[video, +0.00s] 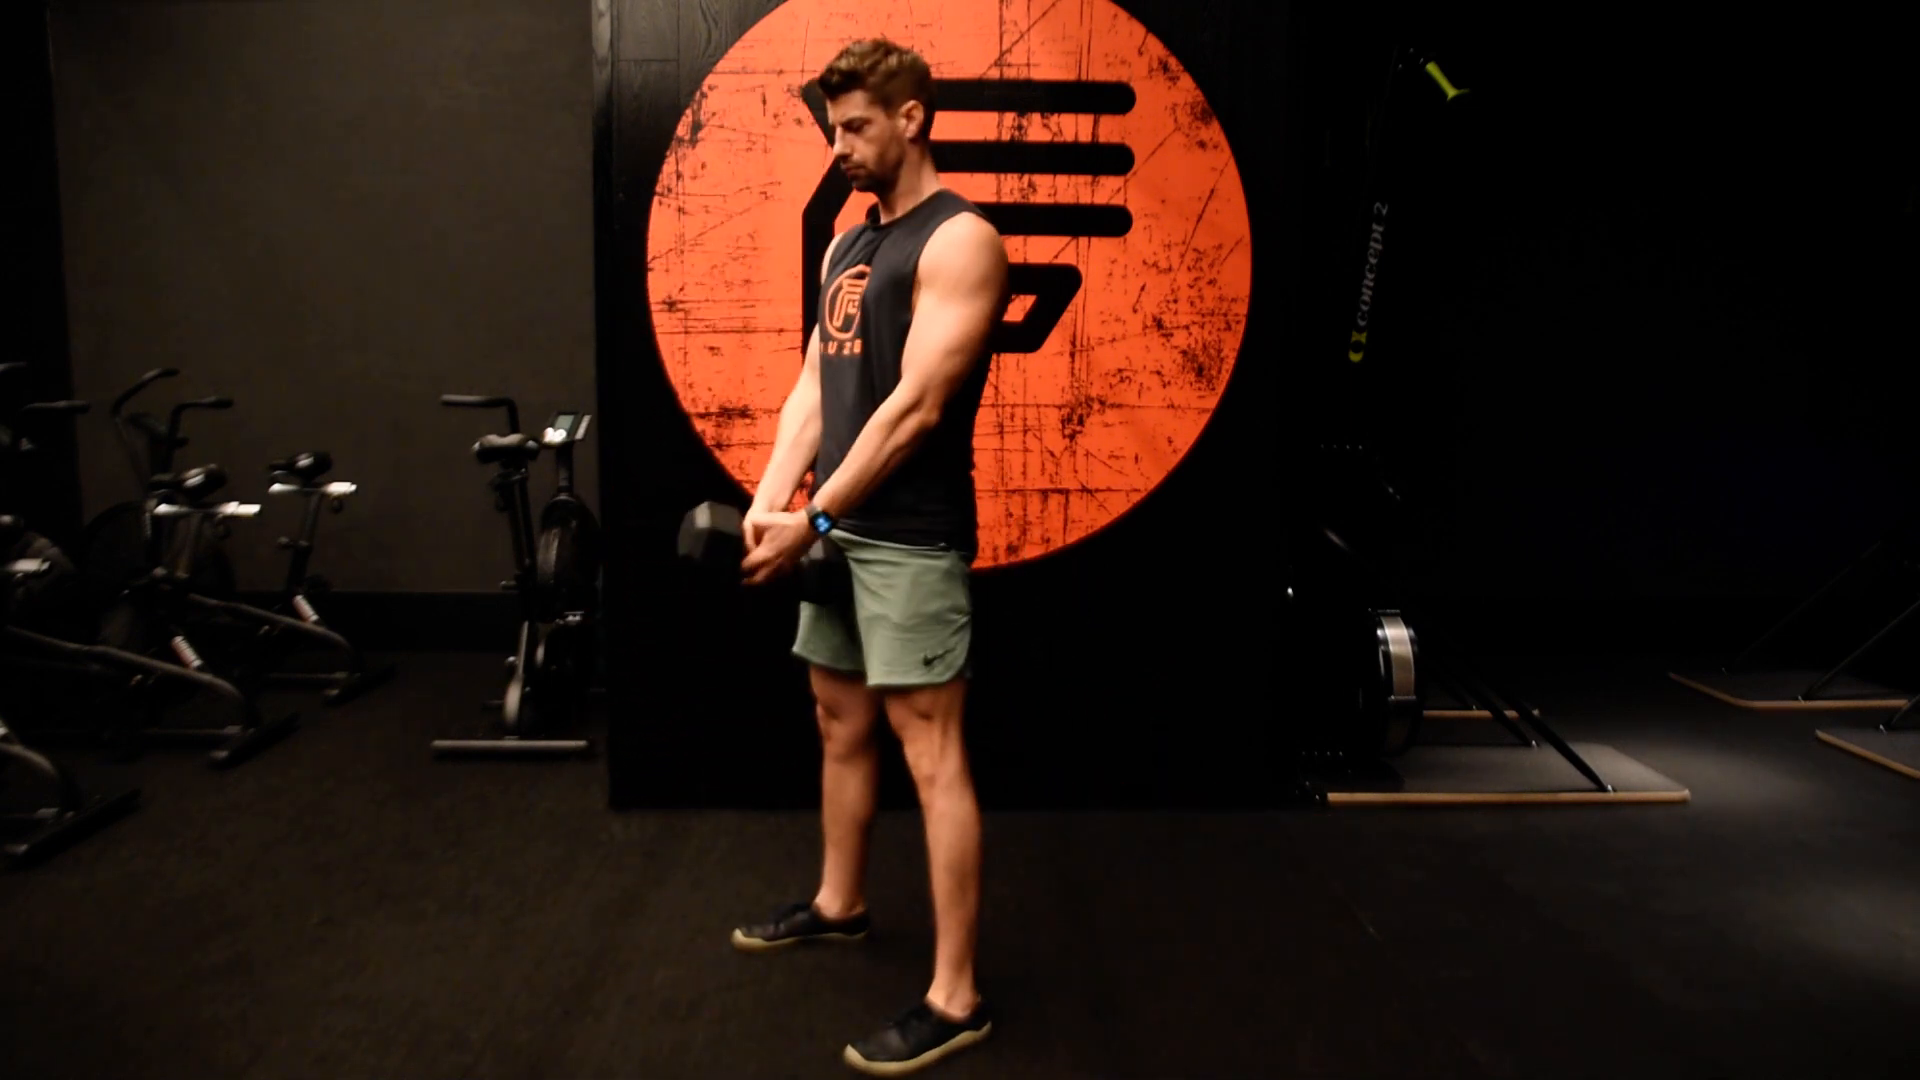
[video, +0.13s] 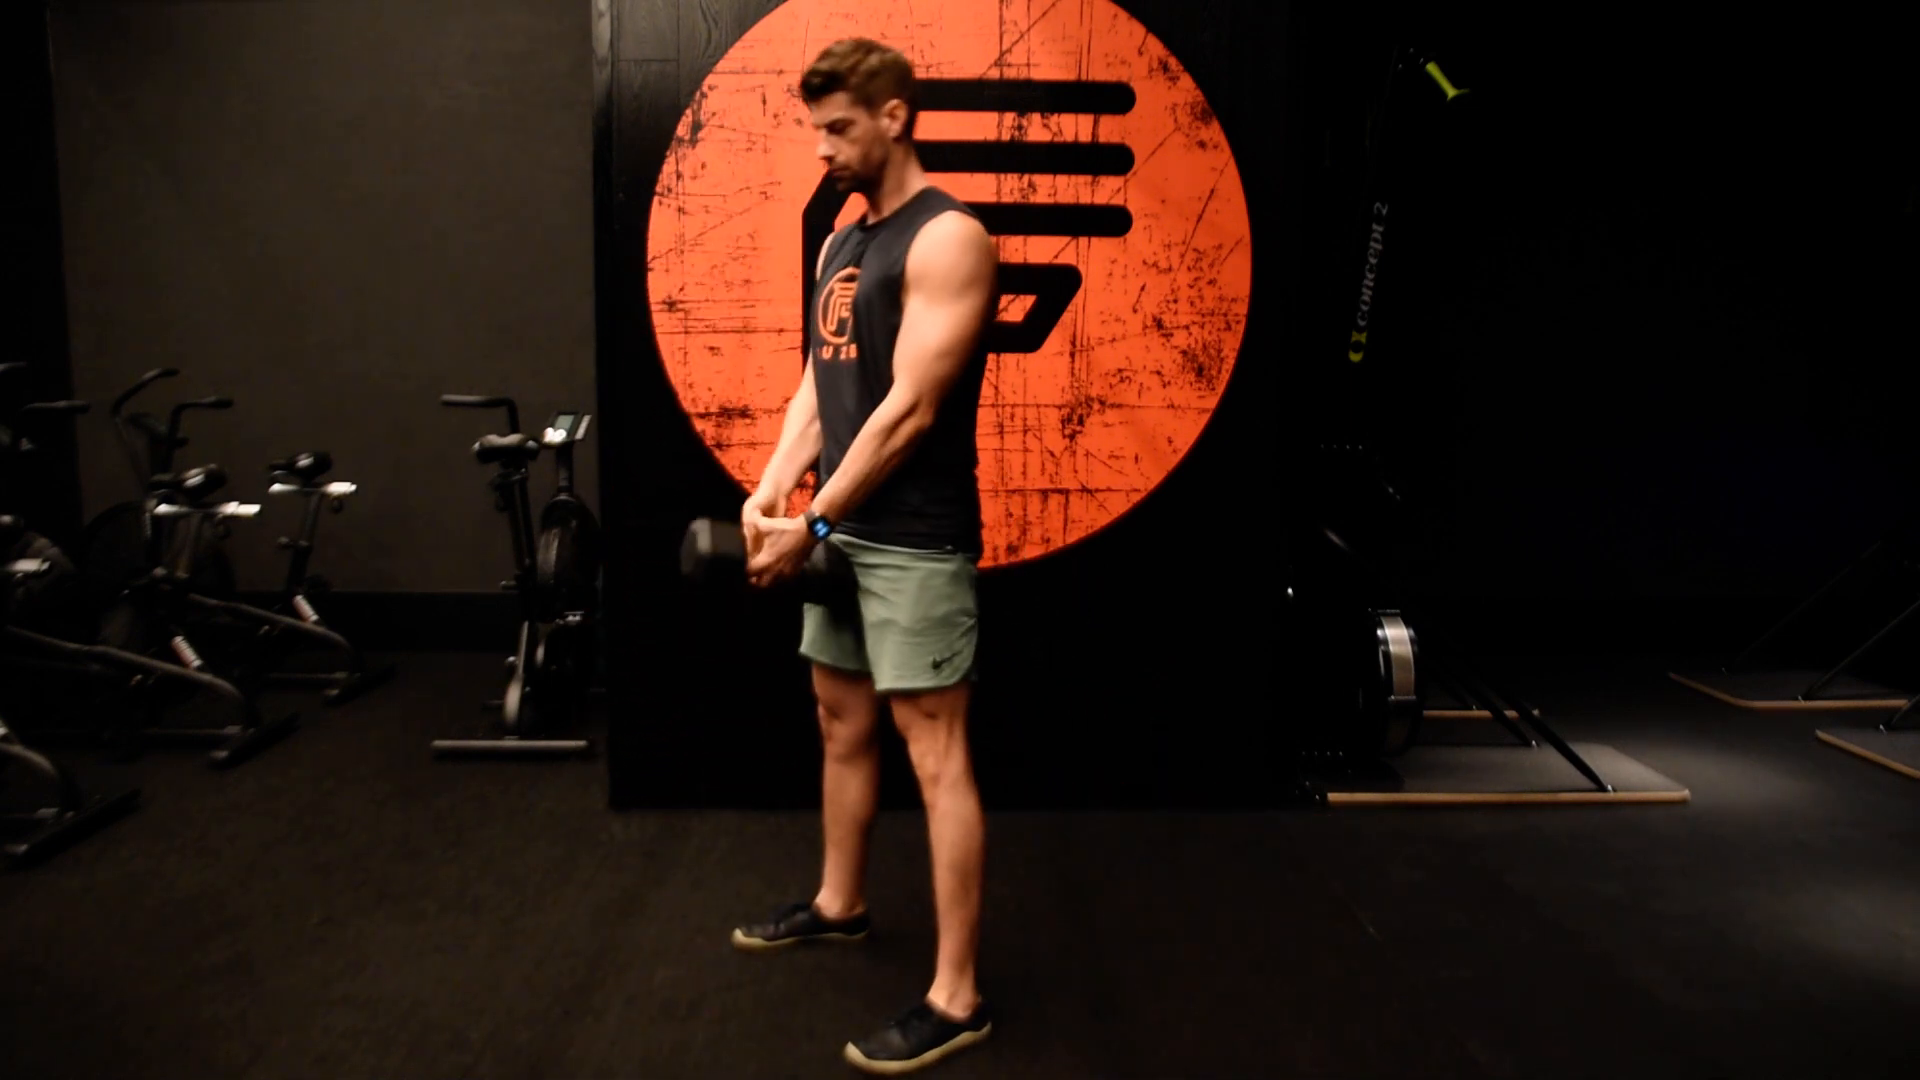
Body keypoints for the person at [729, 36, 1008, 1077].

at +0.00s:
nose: (845, 147)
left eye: (857, 127)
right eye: (835, 132)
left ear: (913, 116)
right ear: (839, 133)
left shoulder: (963, 238)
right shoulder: (848, 243)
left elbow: (920, 406)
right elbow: (816, 388)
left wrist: (811, 517)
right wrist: (775, 494)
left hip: (913, 538)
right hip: (834, 528)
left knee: (931, 750)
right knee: (841, 722)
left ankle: (956, 995)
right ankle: (838, 903)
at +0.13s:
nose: (825, 149)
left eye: (838, 128)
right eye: (818, 132)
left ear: (895, 116)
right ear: (833, 129)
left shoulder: (952, 237)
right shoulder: (841, 241)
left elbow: (913, 409)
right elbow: (821, 386)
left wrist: (810, 521)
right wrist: (775, 479)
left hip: (916, 538)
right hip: (839, 528)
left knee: (937, 754)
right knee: (843, 721)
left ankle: (957, 994)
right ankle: (838, 904)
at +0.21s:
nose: (802, 151)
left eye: (815, 131)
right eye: (796, 135)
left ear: (872, 117)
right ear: (810, 133)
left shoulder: (934, 236)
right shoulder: (834, 237)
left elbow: (903, 411)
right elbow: (835, 388)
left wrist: (810, 533)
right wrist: (767, 467)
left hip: (923, 538)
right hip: (844, 532)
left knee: (940, 756)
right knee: (843, 724)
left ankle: (959, 993)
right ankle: (838, 904)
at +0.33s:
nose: (744, 183)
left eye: (753, 161)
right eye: (737, 164)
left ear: (808, 138)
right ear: (791, 150)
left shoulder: (890, 253)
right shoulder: (821, 250)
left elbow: (880, 435)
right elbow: (834, 402)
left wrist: (811, 564)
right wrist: (751, 476)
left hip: (936, 542)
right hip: (858, 535)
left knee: (946, 756)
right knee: (844, 722)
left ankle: (958, 992)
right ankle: (838, 903)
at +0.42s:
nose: (697, 236)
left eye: (700, 213)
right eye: (688, 218)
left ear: (752, 180)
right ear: (734, 192)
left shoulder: (852, 286)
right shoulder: (792, 281)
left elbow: (868, 471)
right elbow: (818, 421)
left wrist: (814, 601)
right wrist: (749, 519)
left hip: (960, 545)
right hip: (875, 532)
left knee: (945, 751)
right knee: (842, 717)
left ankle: (959, 993)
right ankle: (838, 903)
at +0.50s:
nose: (661, 310)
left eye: (664, 288)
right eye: (650, 294)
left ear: (711, 251)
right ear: (702, 261)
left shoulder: (822, 345)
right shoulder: (765, 332)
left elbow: (858, 525)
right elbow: (800, 464)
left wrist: (819, 662)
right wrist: (747, 589)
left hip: (979, 545)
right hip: (892, 545)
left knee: (946, 751)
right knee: (834, 708)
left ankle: (960, 996)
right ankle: (838, 903)